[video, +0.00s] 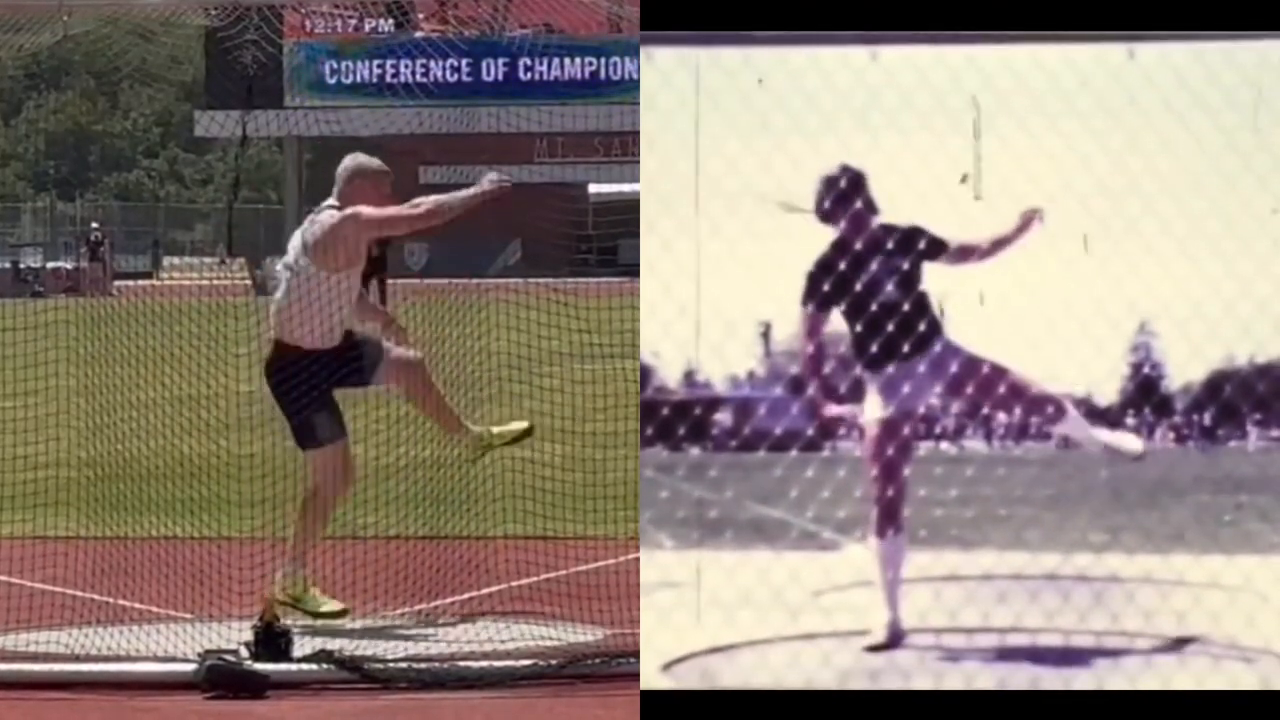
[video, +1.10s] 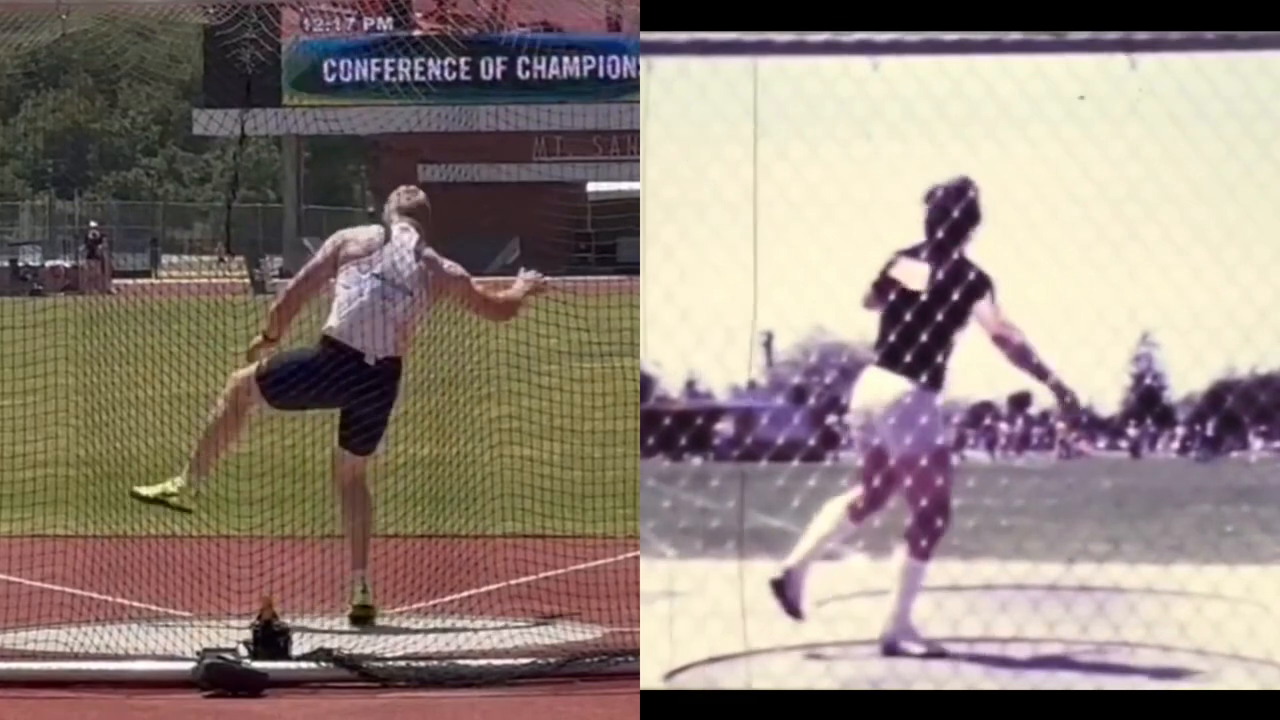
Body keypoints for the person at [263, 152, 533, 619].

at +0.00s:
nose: (387, 197)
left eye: (387, 189)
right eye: (381, 189)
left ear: (356, 191)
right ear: (358, 189)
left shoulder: (346, 228)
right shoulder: (336, 223)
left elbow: (343, 296)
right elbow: (421, 216)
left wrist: (384, 320)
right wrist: (479, 192)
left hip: (333, 349)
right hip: (295, 364)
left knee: (410, 367)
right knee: (335, 476)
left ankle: (469, 437)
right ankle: (291, 583)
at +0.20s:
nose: (394, 206)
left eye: (396, 197)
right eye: (390, 197)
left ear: (359, 190)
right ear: (368, 192)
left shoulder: (340, 221)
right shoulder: (352, 225)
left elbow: (338, 293)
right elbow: (434, 206)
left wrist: (368, 331)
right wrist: (487, 177)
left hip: (332, 351)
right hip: (304, 362)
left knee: (385, 375)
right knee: (345, 475)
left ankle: (414, 439)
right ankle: (313, 585)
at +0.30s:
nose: (402, 206)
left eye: (402, 199)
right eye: (399, 198)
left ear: (362, 193)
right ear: (381, 196)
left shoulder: (333, 224)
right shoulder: (369, 228)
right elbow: (449, 212)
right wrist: (498, 166)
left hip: (298, 352)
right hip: (319, 359)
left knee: (357, 359)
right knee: (351, 475)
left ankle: (357, 444)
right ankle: (323, 591)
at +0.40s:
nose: (408, 210)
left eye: (408, 202)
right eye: (405, 201)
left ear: (369, 195)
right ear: (389, 199)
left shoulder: (333, 229)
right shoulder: (383, 236)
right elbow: (468, 221)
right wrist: (505, 165)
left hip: (298, 356)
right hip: (337, 368)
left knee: (309, 391)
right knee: (356, 488)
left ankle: (302, 452)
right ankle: (322, 593)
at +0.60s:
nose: (415, 213)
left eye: (413, 204)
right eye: (412, 203)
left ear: (373, 202)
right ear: (400, 203)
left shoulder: (333, 236)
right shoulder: (399, 243)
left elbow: (294, 296)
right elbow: (487, 235)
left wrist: (306, 336)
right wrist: (505, 176)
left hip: (304, 360)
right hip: (353, 375)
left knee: (288, 401)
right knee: (354, 498)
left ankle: (254, 454)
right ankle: (323, 593)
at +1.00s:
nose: (404, 205)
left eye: (398, 199)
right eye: (414, 203)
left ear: (384, 209)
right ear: (424, 218)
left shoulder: (344, 240)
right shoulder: (434, 260)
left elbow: (294, 293)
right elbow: (508, 290)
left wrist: (275, 335)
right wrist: (520, 242)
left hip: (321, 360)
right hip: (374, 379)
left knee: (249, 388)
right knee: (357, 491)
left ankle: (186, 480)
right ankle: (336, 592)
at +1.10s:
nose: (399, 215)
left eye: (394, 209)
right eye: (411, 213)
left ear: (386, 215)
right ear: (426, 223)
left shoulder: (352, 240)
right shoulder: (440, 268)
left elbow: (297, 289)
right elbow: (496, 309)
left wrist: (271, 336)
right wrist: (523, 290)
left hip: (335, 362)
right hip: (382, 381)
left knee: (244, 386)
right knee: (352, 474)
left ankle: (187, 484)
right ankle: (362, 592)